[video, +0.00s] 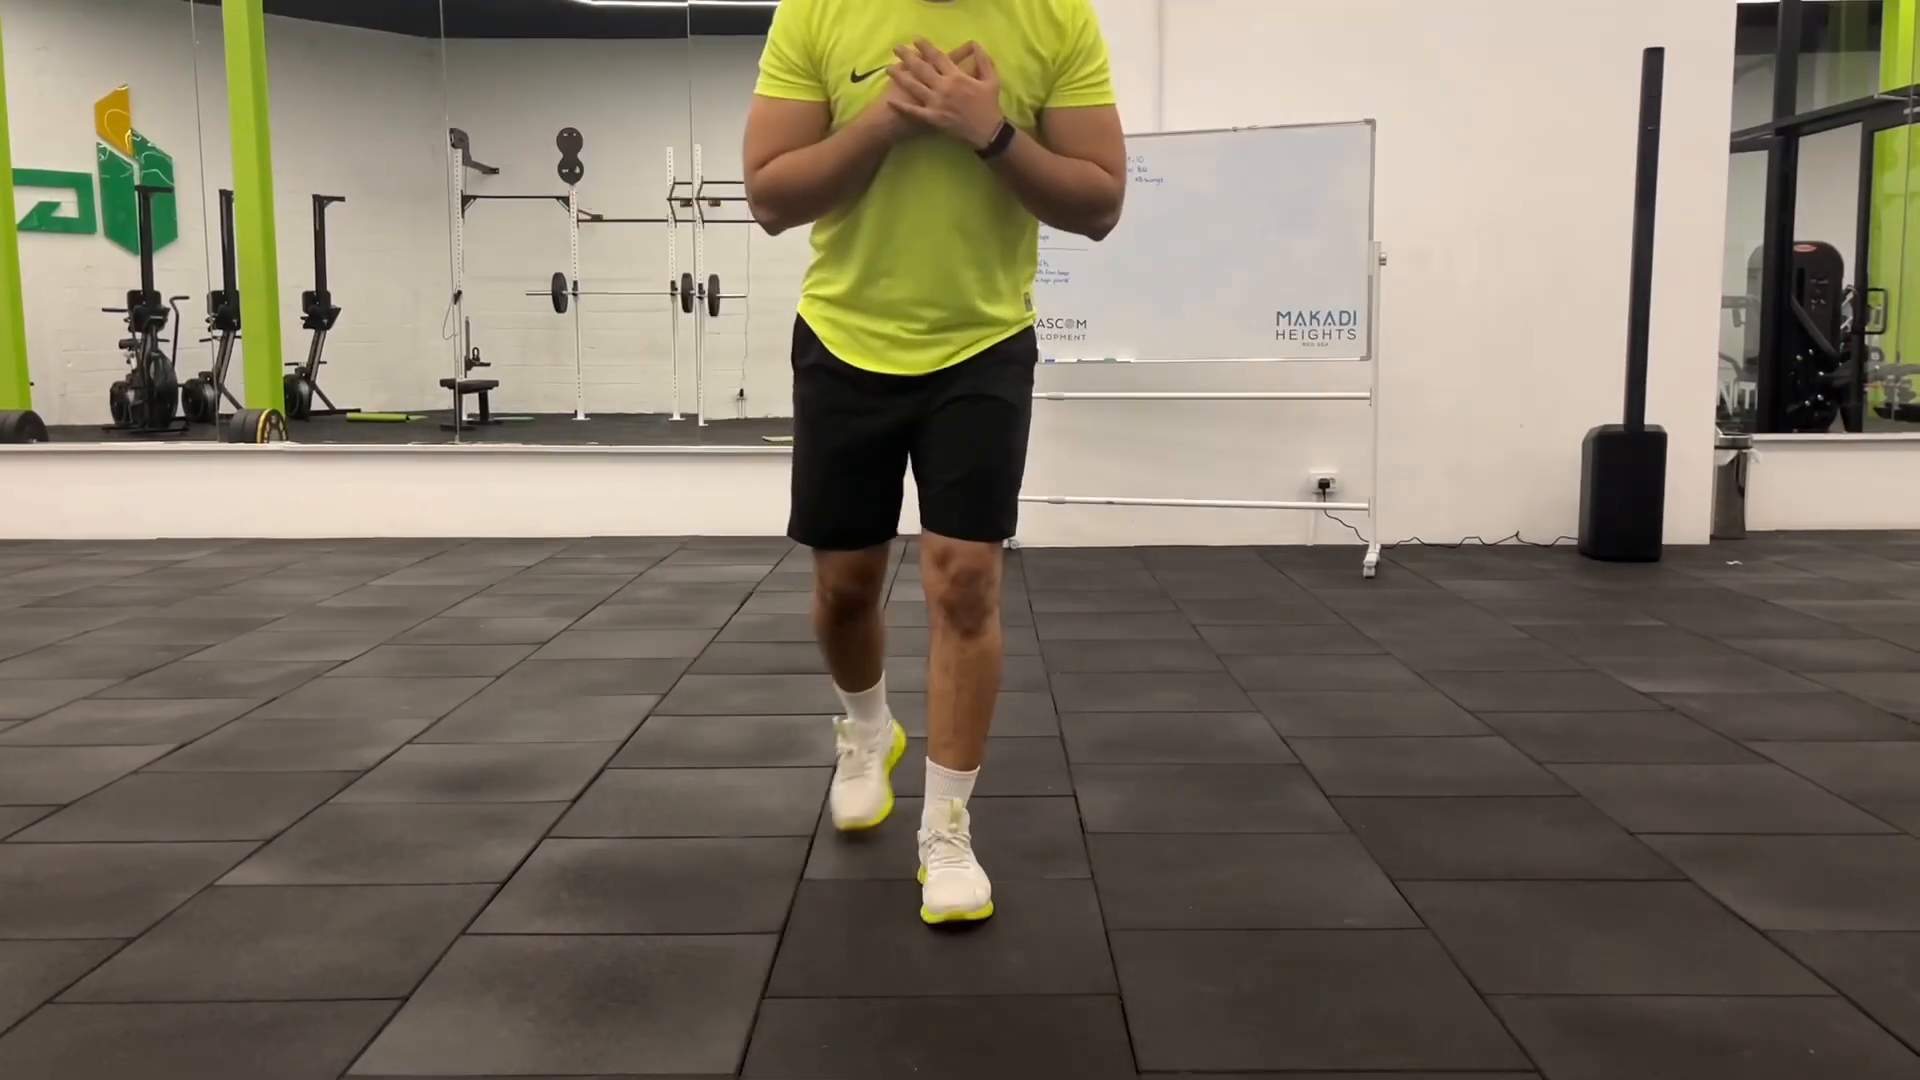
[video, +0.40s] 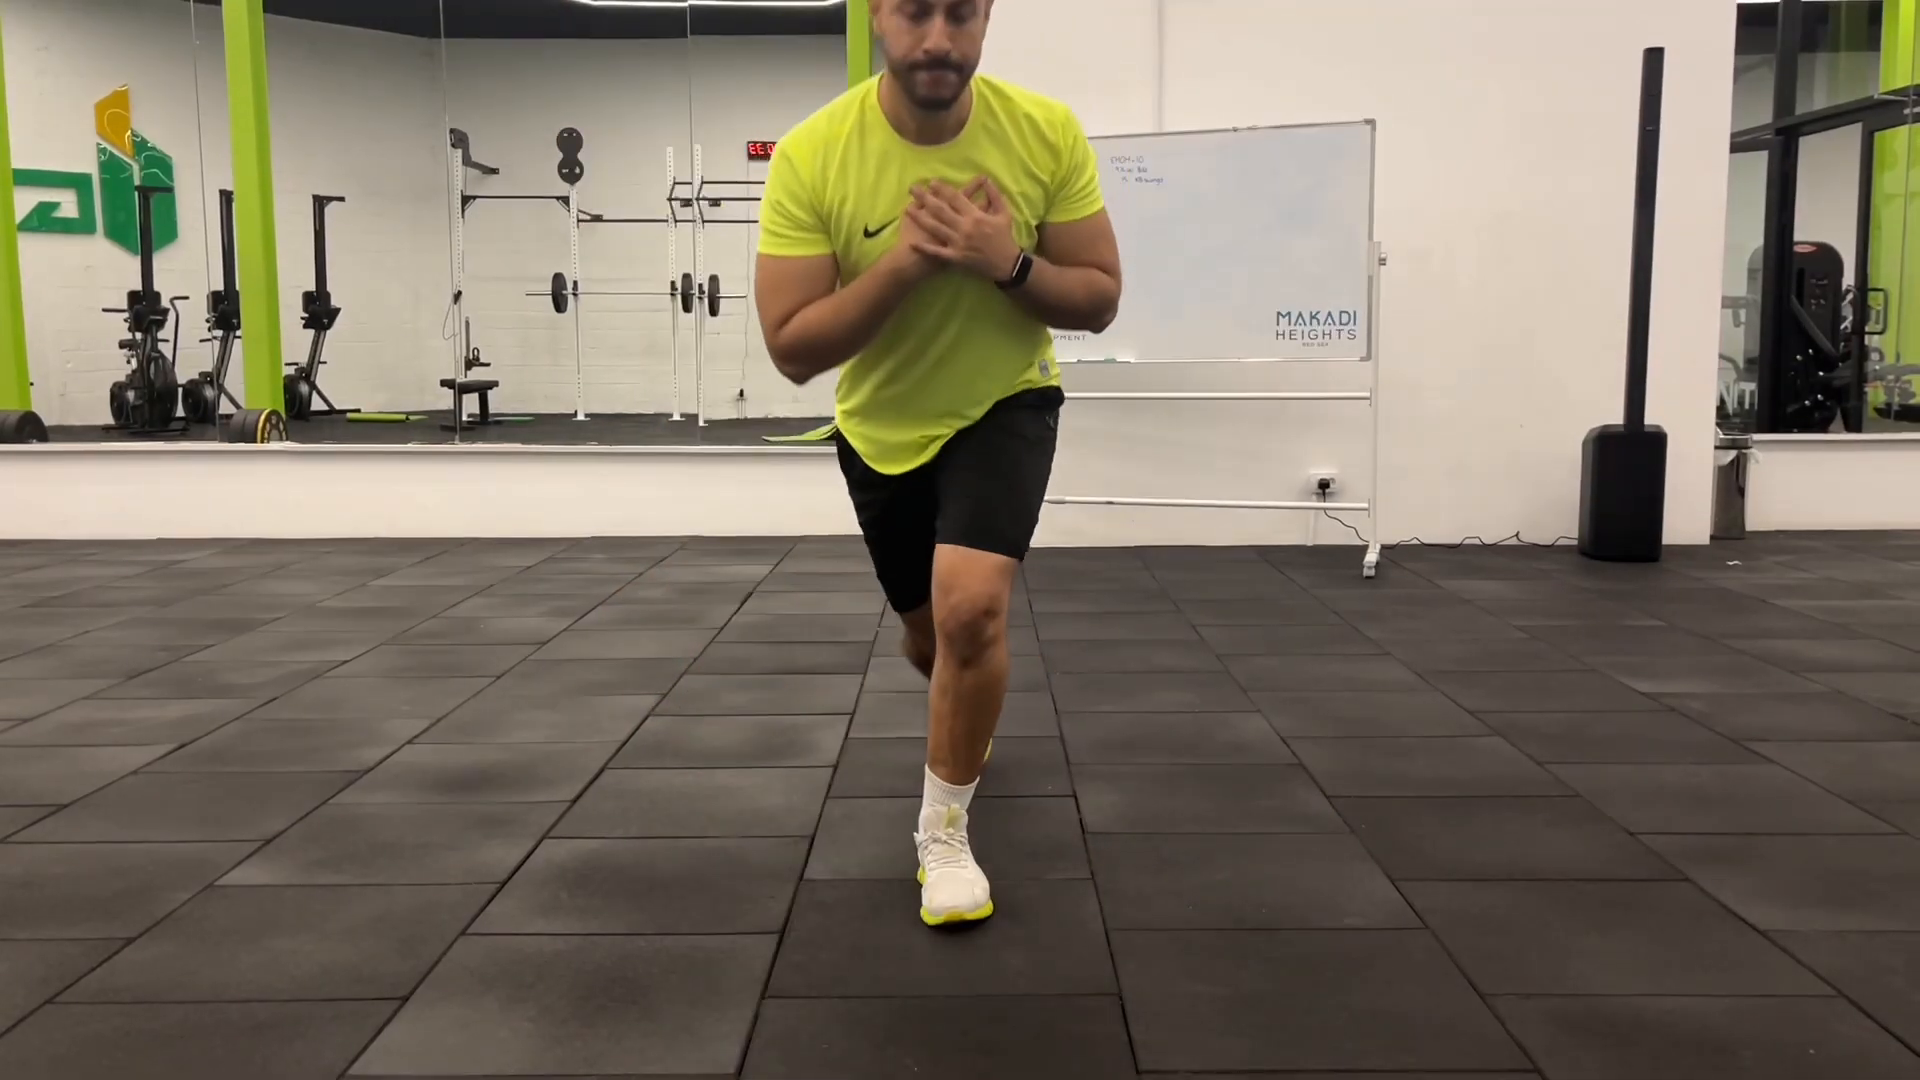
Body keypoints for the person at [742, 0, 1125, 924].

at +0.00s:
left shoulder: (1055, 16)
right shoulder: (816, 11)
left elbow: (1098, 202)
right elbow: (771, 196)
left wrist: (995, 132)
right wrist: (886, 117)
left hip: (983, 335)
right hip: (846, 333)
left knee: (966, 582)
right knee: (844, 586)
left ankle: (947, 829)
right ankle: (866, 730)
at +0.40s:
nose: (939, 39)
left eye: (961, 15)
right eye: (915, 14)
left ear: (986, 22)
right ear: (874, 21)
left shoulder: (1046, 136)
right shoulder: (812, 157)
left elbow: (1098, 300)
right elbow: (792, 345)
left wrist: (1009, 263)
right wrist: (910, 255)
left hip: (1006, 398)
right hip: (882, 421)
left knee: (970, 614)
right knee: (925, 642)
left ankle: (944, 826)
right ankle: (968, 685)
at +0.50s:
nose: (922, 94)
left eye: (943, 68)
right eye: (898, 69)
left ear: (972, 67)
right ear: (862, 73)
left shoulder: (1038, 179)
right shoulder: (809, 213)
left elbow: (1098, 337)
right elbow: (797, 397)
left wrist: (1002, 312)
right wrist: (895, 313)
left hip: (1009, 424)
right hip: (889, 452)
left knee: (967, 620)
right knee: (935, 658)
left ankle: (945, 830)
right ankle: (963, 750)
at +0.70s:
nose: (917, 173)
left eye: (938, 146)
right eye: (894, 147)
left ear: (968, 143)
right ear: (862, 147)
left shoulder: (1036, 251)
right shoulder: (813, 283)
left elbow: (1096, 408)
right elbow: (807, 460)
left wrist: (994, 377)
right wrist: (894, 379)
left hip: (1015, 477)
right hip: (897, 516)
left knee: (966, 623)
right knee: (937, 698)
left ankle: (944, 829)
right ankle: (967, 758)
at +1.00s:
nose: (935, 211)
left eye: (956, 185)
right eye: (914, 186)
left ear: (980, 185)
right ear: (880, 187)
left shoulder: (1041, 295)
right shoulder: (823, 322)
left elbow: (1093, 450)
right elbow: (811, 496)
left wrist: (1002, 415)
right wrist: (902, 410)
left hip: (1012, 512)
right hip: (894, 548)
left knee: (979, 620)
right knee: (925, 762)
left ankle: (945, 830)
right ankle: (963, 744)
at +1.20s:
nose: (937, 209)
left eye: (958, 184)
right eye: (916, 185)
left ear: (982, 186)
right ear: (883, 188)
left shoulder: (1043, 296)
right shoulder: (827, 322)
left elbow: (1094, 451)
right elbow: (814, 496)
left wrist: (1002, 414)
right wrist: (905, 411)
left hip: (1013, 512)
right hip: (896, 550)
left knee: (987, 617)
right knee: (927, 765)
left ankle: (946, 831)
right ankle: (954, 763)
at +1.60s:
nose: (961, 76)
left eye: (983, 50)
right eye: (939, 48)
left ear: (1012, 50)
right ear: (901, 42)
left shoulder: (1060, 171)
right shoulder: (829, 175)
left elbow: (1098, 335)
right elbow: (803, 351)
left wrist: (1007, 299)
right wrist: (901, 284)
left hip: (1005, 414)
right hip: (882, 433)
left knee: (982, 614)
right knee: (924, 645)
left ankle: (948, 832)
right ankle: (967, 699)